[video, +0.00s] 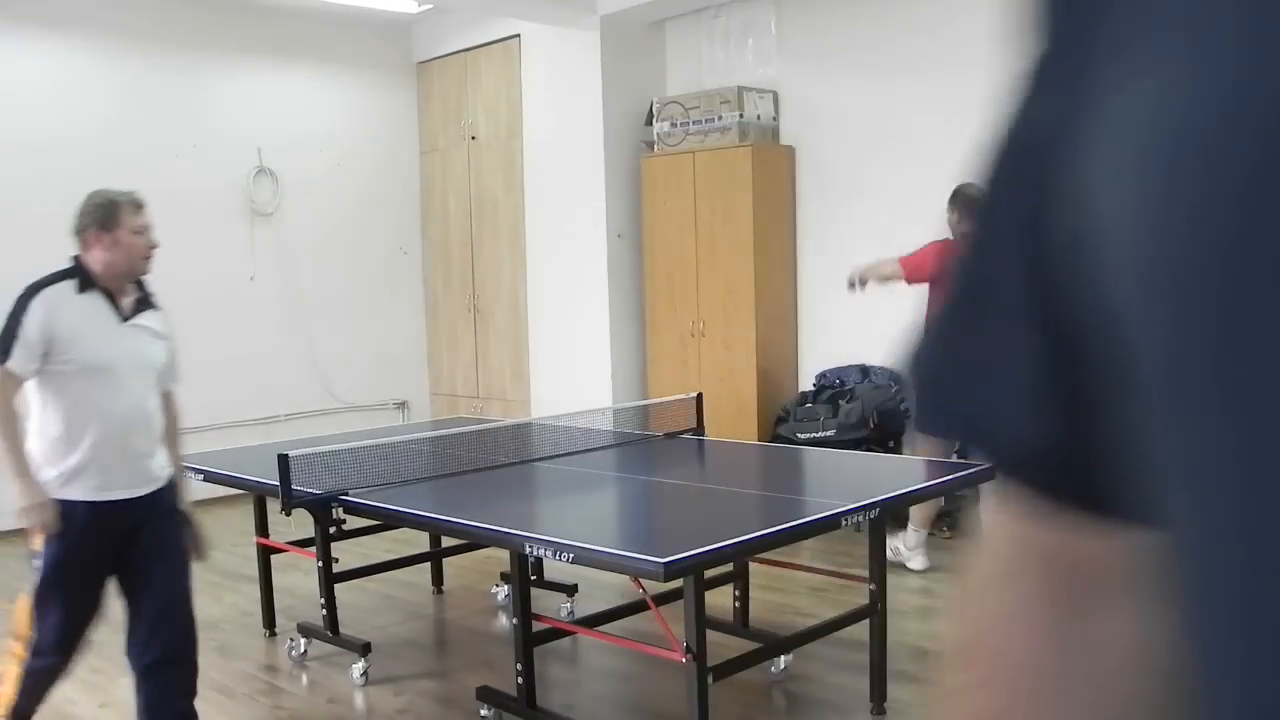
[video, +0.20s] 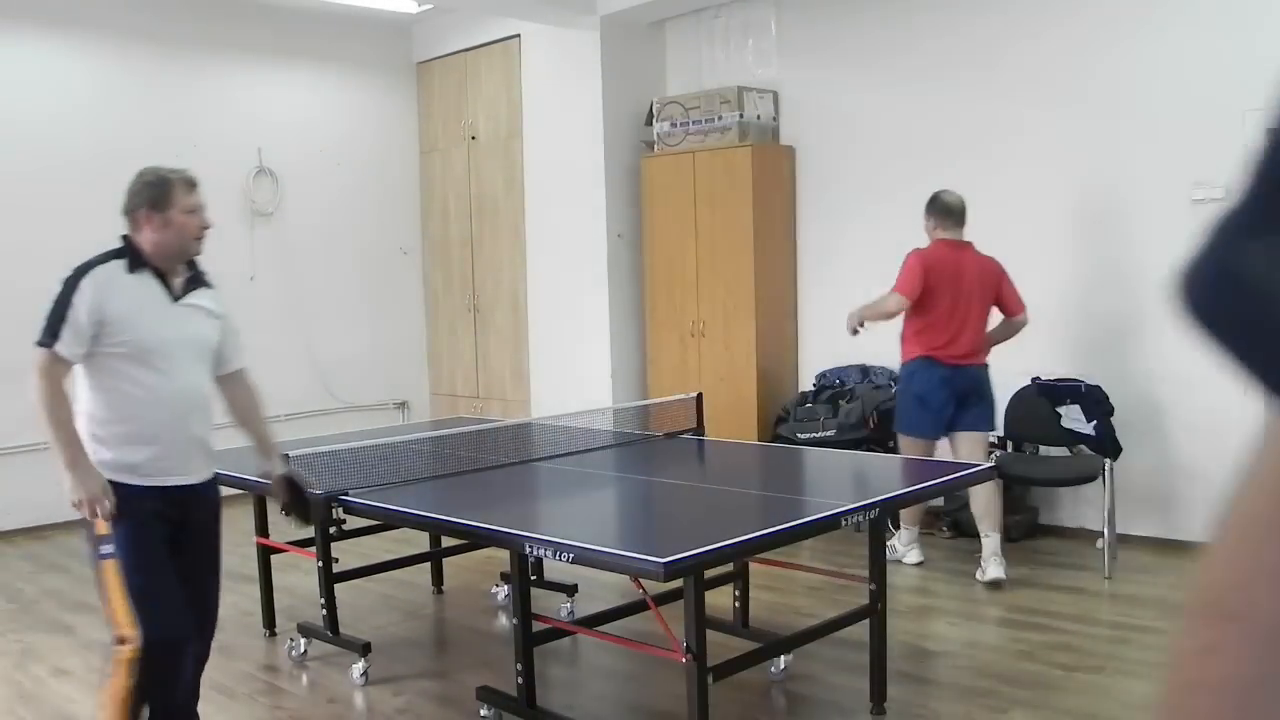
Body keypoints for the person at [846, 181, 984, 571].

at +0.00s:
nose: (951, 222)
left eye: (952, 216)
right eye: (953, 216)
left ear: (957, 217)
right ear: (989, 218)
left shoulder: (948, 252)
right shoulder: (1006, 255)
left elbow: (899, 269)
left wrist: (866, 273)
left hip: (945, 369)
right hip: (994, 368)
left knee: (930, 455)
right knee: (995, 457)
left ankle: (913, 543)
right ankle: (998, 546)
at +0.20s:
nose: (924, 228)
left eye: (924, 223)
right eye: (928, 222)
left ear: (930, 223)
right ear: (964, 223)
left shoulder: (922, 258)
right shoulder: (989, 265)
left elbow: (898, 303)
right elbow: (1018, 317)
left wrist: (860, 314)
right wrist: (983, 342)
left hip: (924, 375)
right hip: (974, 377)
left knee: (913, 464)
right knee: (978, 467)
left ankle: (907, 543)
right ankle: (992, 559)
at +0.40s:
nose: (899, 225)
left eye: (899, 220)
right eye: (902, 220)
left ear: (903, 219)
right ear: (936, 219)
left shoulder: (893, 256)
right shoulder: (963, 260)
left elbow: (873, 306)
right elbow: (988, 314)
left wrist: (849, 318)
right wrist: (953, 338)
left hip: (900, 370)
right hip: (947, 371)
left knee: (900, 460)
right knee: (944, 456)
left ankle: (906, 542)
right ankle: (965, 518)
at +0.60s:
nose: (880, 223)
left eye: (881, 218)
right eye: (881, 218)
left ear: (887, 218)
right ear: (919, 218)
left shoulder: (877, 255)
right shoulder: (946, 258)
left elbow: (848, 307)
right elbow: (974, 308)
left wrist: (841, 319)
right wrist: (945, 334)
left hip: (890, 365)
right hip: (934, 365)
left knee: (898, 457)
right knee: (923, 448)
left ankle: (905, 542)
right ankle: (930, 527)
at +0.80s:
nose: (870, 226)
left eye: (872, 219)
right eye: (871, 219)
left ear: (883, 219)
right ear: (908, 221)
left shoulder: (875, 256)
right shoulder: (934, 259)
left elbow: (856, 306)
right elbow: (966, 305)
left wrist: (834, 318)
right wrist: (934, 329)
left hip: (885, 364)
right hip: (925, 365)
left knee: (893, 455)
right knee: (914, 450)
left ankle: (907, 542)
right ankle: (910, 533)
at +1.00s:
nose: (864, 218)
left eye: (869, 212)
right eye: (866, 212)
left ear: (885, 217)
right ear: (897, 219)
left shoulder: (876, 252)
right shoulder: (923, 257)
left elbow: (866, 300)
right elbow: (943, 299)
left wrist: (829, 309)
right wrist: (912, 313)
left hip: (880, 359)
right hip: (916, 360)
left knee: (859, 445)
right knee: (907, 444)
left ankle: (891, 521)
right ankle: (910, 524)